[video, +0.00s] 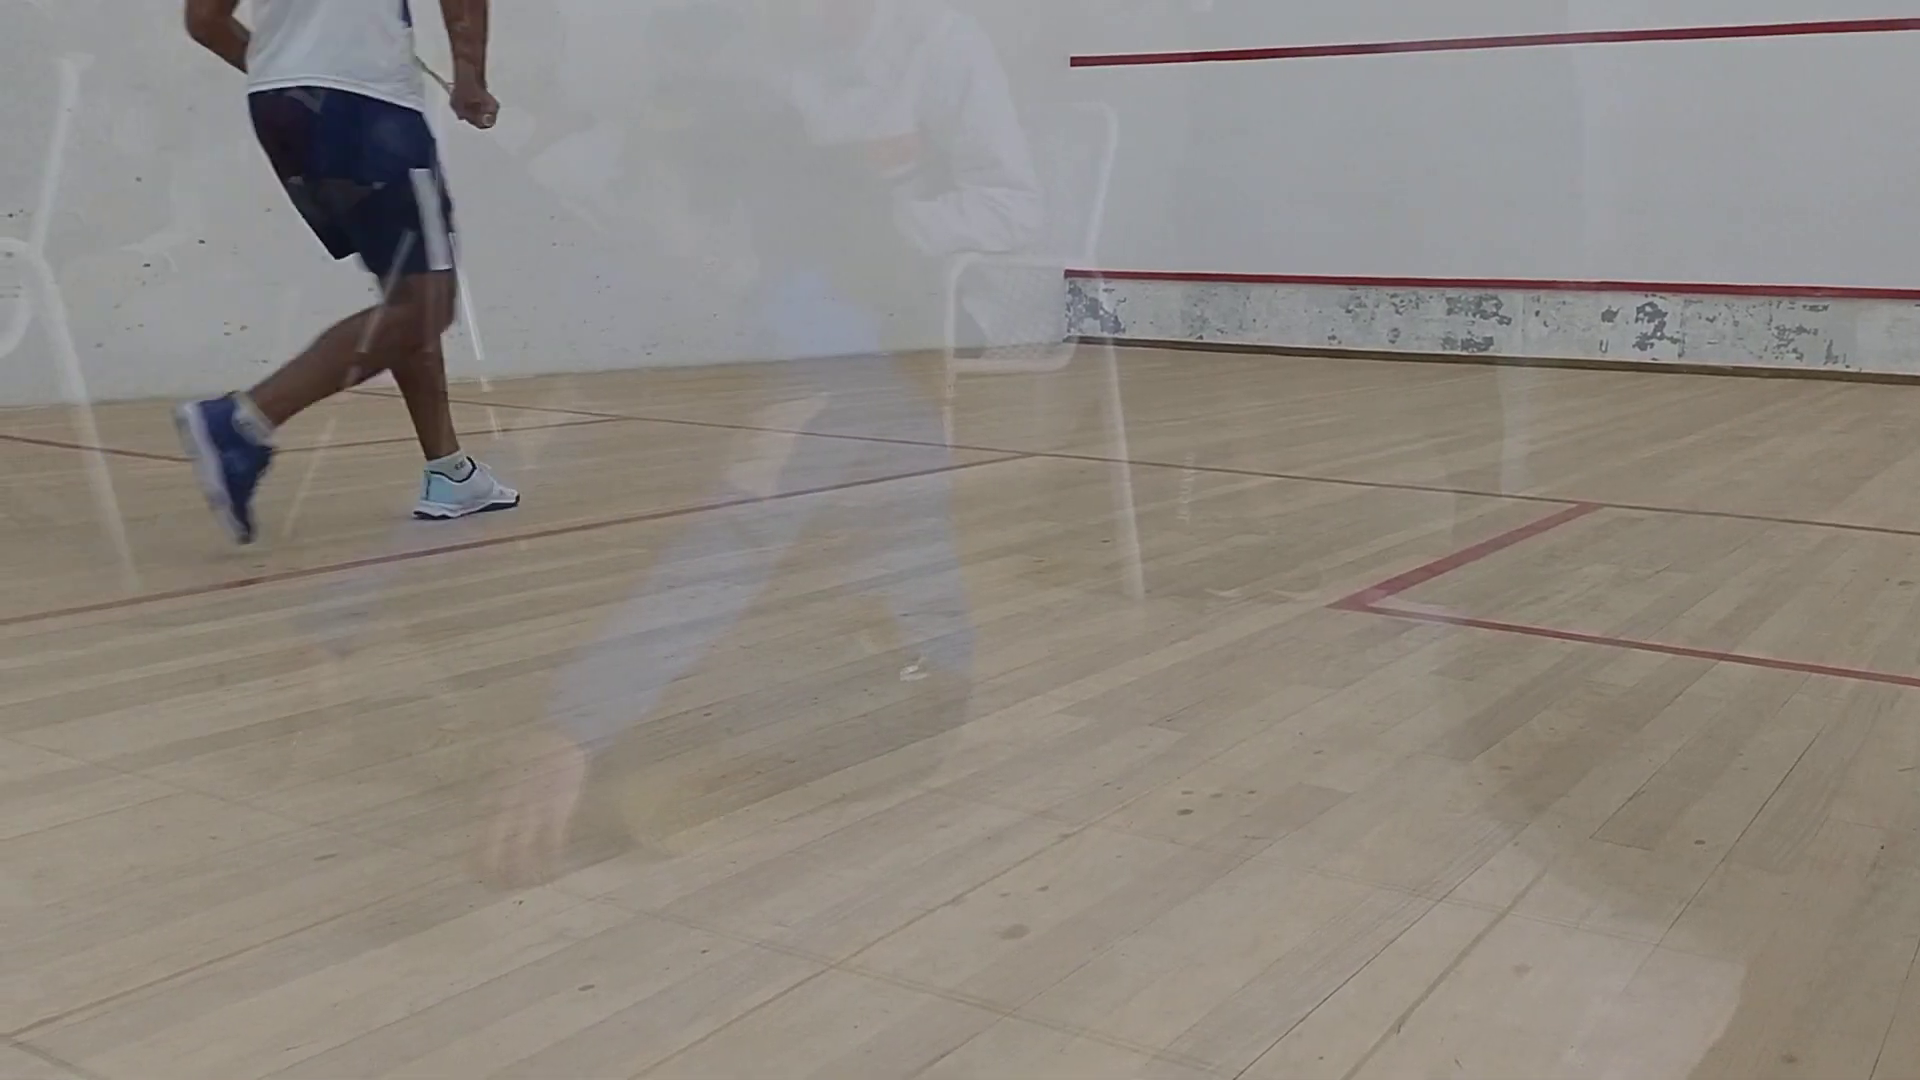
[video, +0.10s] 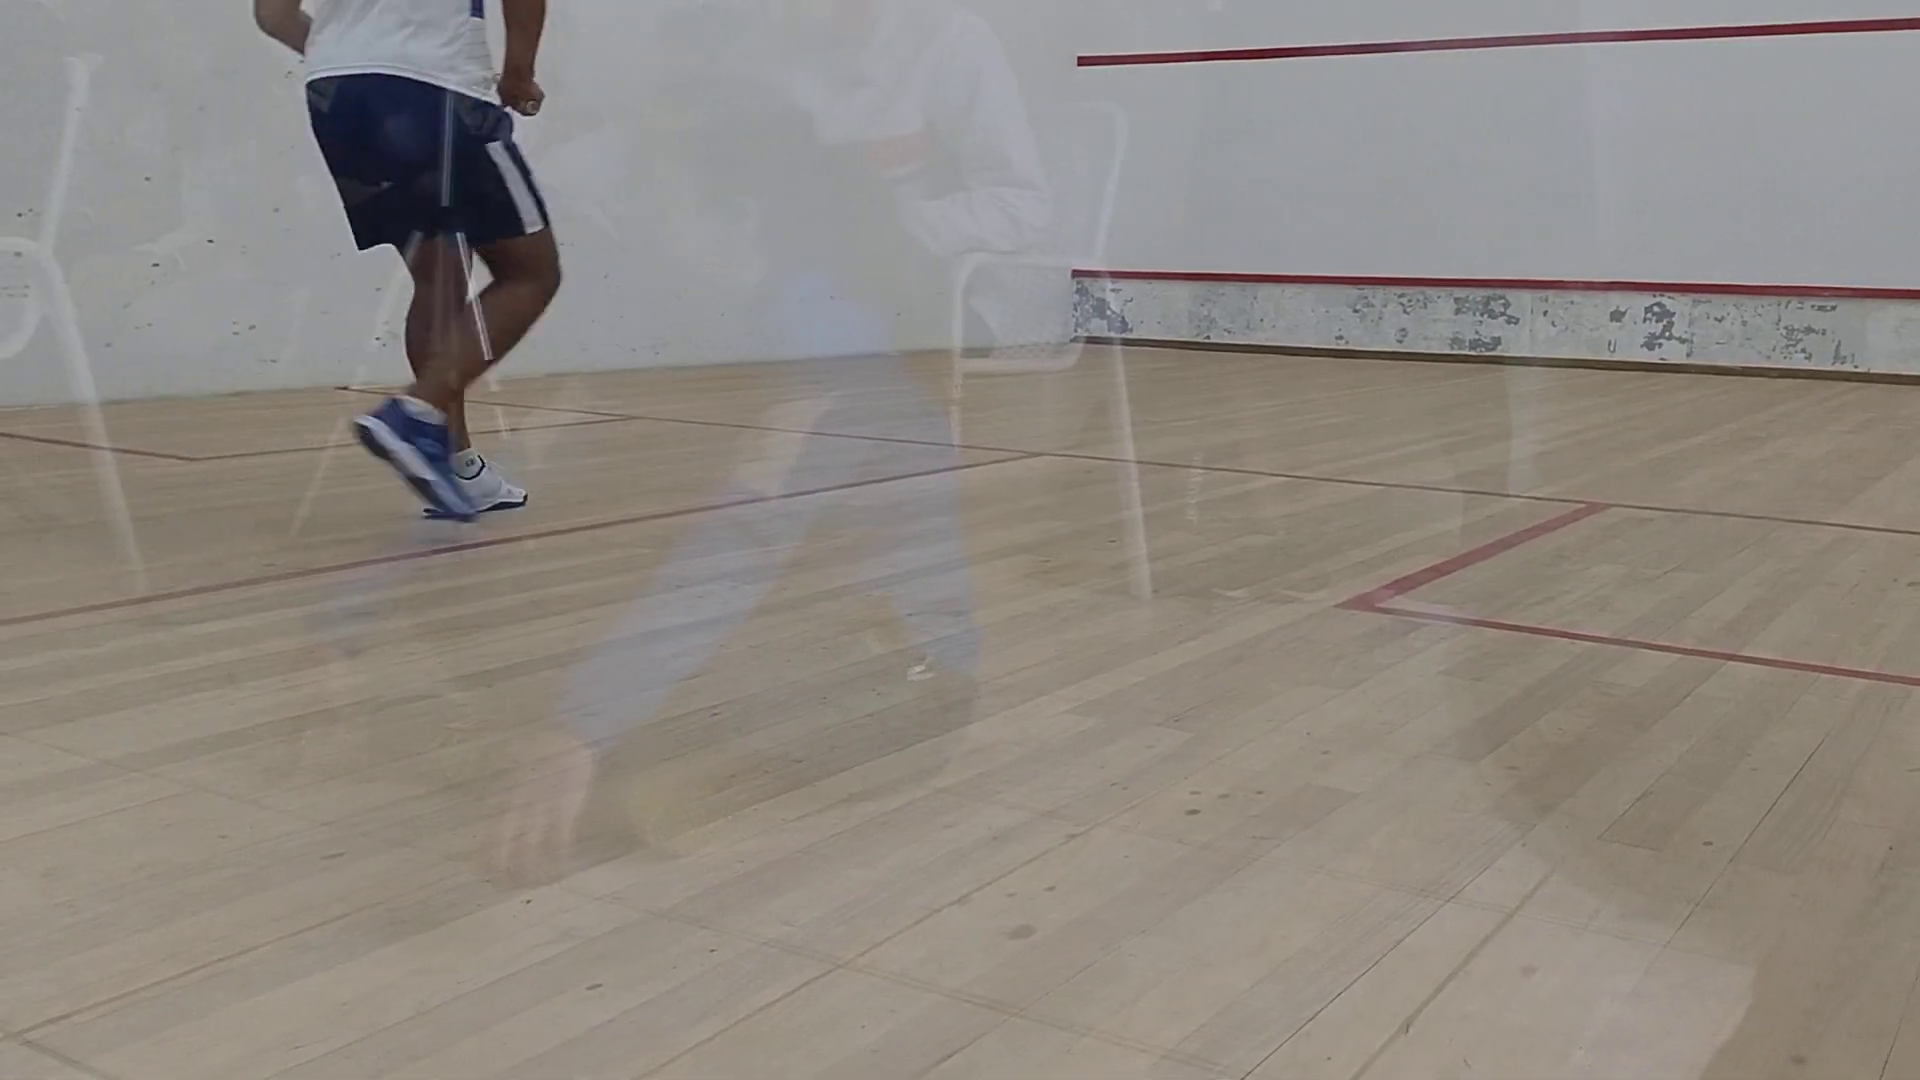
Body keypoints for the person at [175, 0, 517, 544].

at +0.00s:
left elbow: (204, 17)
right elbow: (462, 10)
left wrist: (285, 71)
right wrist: (470, 79)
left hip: (277, 91)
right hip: (367, 85)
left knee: (407, 291)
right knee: (427, 307)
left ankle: (449, 471)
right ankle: (241, 424)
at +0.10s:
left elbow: (272, 12)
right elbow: (524, 3)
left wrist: (346, 49)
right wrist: (518, 69)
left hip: (332, 82)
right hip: (433, 78)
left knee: (435, 271)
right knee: (531, 274)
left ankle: (456, 465)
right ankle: (418, 414)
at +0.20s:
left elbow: (318, 3)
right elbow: (575, 3)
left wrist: (396, 43)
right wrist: (566, 72)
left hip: (385, 78)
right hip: (491, 72)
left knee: (459, 265)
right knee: (582, 264)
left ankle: (463, 469)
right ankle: (588, 457)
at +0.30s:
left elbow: (361, 6)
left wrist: (436, 60)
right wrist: (614, 80)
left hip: (441, 81)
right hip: (546, 72)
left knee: (487, 275)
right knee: (622, 288)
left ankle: (472, 464)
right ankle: (681, 464)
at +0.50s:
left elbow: (428, 11)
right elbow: (689, 10)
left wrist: (485, 88)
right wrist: (684, 113)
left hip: (501, 86)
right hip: (606, 83)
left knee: (521, 288)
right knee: (661, 287)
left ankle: (542, 466)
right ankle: (684, 468)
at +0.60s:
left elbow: (436, 10)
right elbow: (699, 8)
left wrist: (482, 90)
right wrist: (705, 113)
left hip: (505, 74)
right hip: (612, 76)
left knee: (505, 283)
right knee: (673, 276)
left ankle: (530, 453)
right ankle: (689, 448)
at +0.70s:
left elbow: (435, 20)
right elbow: (709, 21)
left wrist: (455, 126)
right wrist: (721, 140)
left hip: (507, 94)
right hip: (614, 96)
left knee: (464, 266)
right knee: (686, 286)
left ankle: (483, 425)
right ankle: (735, 452)